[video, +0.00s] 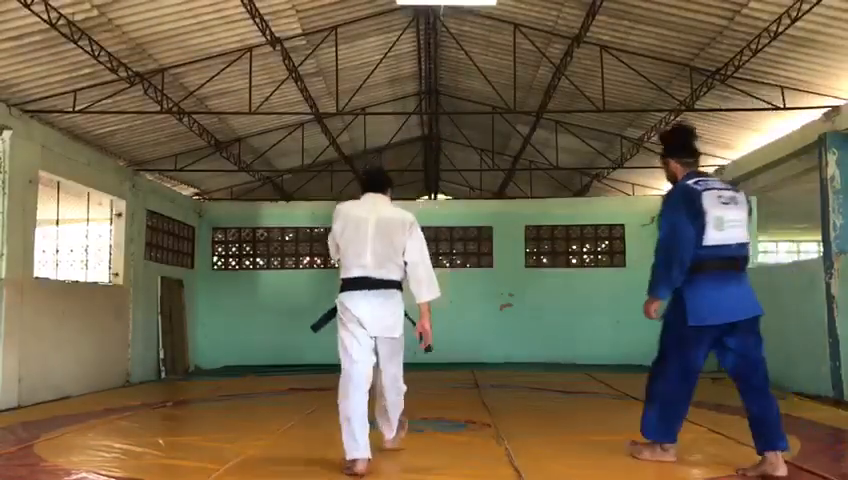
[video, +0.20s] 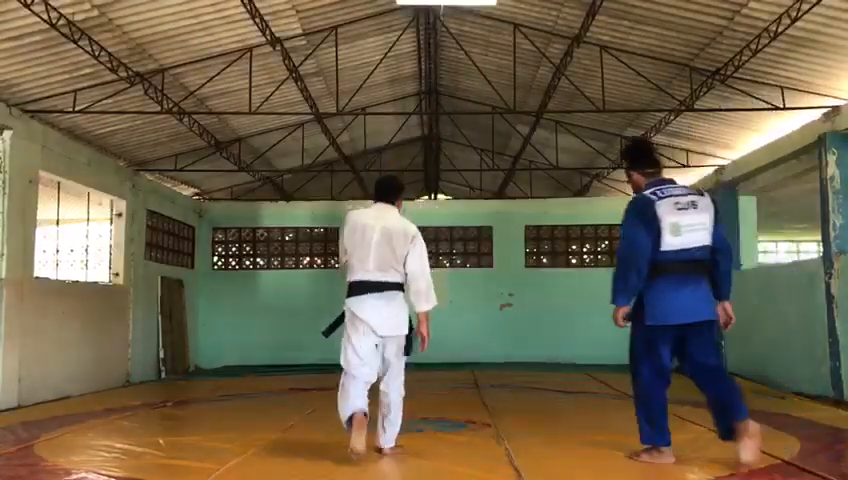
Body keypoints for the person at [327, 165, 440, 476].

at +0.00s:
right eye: (390, 191)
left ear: (361, 189)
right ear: (389, 190)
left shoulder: (344, 211)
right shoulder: (404, 219)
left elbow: (335, 253)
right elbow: (419, 268)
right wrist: (425, 315)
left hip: (351, 299)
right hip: (389, 300)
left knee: (354, 375)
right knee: (391, 372)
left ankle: (357, 455)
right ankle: (391, 432)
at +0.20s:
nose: (400, 205)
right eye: (401, 201)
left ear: (373, 196)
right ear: (399, 201)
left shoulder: (353, 219)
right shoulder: (407, 229)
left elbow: (344, 259)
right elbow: (418, 277)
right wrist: (423, 319)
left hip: (359, 301)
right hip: (394, 304)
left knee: (357, 367)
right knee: (393, 373)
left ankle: (358, 412)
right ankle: (386, 439)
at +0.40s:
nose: (406, 206)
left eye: (406, 202)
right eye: (406, 202)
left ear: (378, 198)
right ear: (401, 201)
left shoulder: (355, 221)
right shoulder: (405, 225)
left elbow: (348, 256)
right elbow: (416, 270)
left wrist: (366, 273)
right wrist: (417, 295)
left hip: (359, 296)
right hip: (390, 297)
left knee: (358, 362)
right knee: (397, 366)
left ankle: (358, 423)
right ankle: (392, 436)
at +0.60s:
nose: (404, 227)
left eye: (405, 222)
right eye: (403, 222)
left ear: (381, 220)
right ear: (393, 220)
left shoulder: (353, 247)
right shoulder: (393, 245)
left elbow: (349, 282)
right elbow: (403, 282)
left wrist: (361, 298)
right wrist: (415, 301)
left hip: (358, 310)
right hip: (384, 310)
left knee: (363, 366)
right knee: (400, 371)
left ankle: (362, 413)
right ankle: (393, 430)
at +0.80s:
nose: (395, 226)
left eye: (396, 221)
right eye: (392, 220)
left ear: (375, 222)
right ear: (379, 221)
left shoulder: (357, 245)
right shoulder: (372, 245)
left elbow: (366, 283)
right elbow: (376, 284)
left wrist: (396, 288)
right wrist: (401, 290)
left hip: (354, 307)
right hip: (370, 307)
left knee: (375, 363)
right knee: (382, 365)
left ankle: (367, 412)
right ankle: (364, 416)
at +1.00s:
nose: (385, 206)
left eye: (385, 201)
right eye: (381, 201)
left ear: (371, 204)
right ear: (369, 203)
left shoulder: (371, 226)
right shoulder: (361, 225)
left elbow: (366, 258)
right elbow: (362, 257)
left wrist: (386, 263)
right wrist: (388, 265)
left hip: (366, 290)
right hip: (358, 291)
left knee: (364, 346)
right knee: (365, 346)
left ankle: (355, 402)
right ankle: (349, 403)